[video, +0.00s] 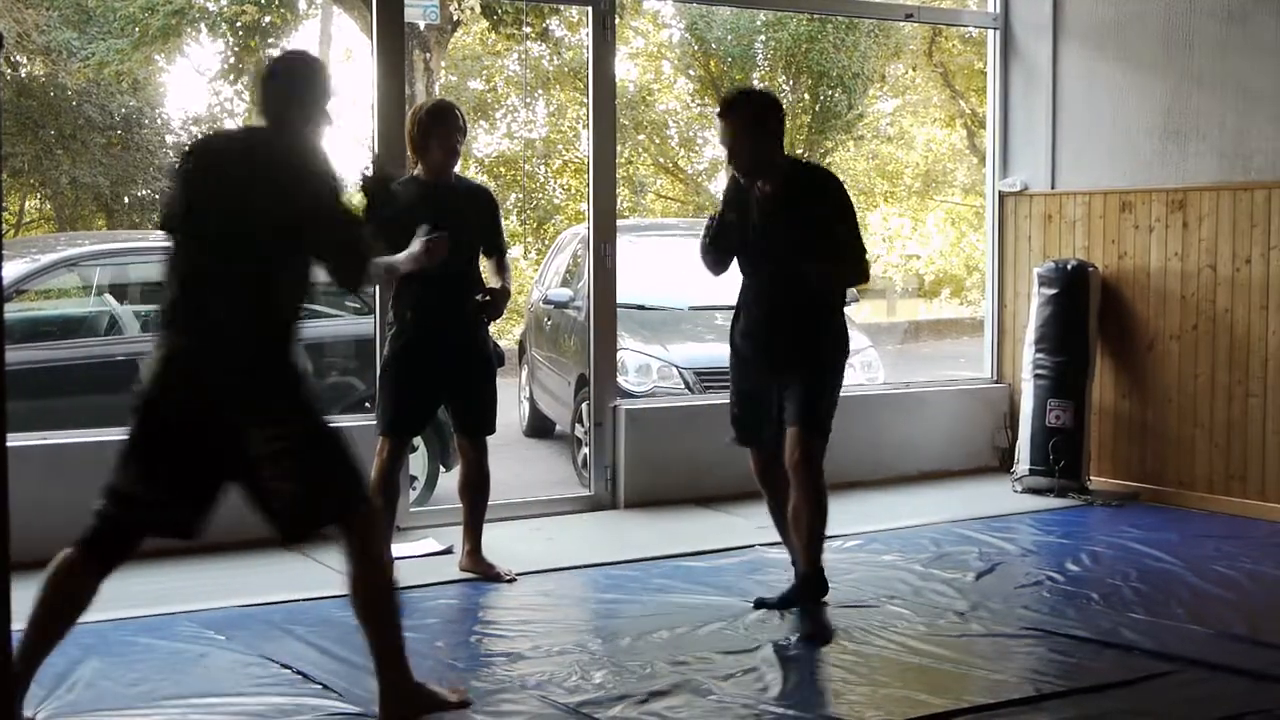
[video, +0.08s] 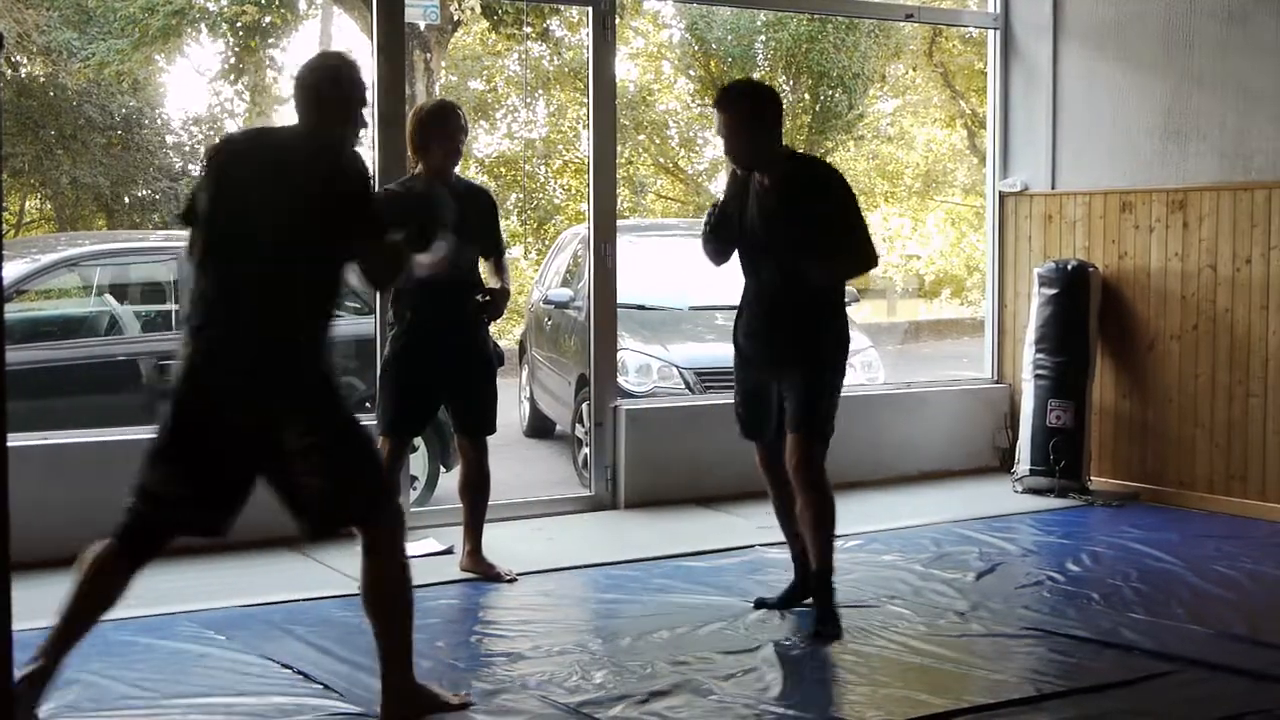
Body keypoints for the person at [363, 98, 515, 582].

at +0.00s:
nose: (453, 142)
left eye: (457, 133)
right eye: (444, 133)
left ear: (463, 138)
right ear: (420, 140)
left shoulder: (478, 198)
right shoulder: (392, 198)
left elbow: (497, 259)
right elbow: (370, 268)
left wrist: (502, 290)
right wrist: (408, 259)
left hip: (466, 335)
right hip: (411, 336)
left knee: (473, 446)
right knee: (391, 449)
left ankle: (472, 552)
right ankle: (377, 559)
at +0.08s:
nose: (454, 145)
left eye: (458, 136)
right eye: (445, 136)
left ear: (464, 140)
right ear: (421, 141)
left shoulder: (478, 199)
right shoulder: (393, 199)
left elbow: (495, 260)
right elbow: (377, 270)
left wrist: (502, 291)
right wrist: (411, 265)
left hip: (466, 333)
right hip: (412, 335)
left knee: (473, 447)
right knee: (392, 449)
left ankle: (472, 552)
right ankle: (381, 553)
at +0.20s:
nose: (474, 139)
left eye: (472, 131)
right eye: (466, 131)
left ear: (446, 139)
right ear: (443, 137)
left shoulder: (478, 199)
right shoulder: (402, 194)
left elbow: (491, 263)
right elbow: (396, 279)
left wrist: (500, 292)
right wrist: (444, 304)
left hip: (469, 336)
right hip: (416, 337)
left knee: (473, 447)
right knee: (396, 450)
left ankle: (472, 551)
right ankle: (384, 551)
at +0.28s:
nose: (481, 141)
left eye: (479, 132)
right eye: (473, 133)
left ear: (449, 142)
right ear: (448, 140)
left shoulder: (477, 195)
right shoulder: (407, 194)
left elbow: (489, 261)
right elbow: (393, 278)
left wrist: (502, 290)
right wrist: (438, 314)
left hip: (473, 334)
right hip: (418, 336)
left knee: (474, 444)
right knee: (397, 450)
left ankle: (472, 551)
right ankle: (381, 551)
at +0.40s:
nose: (491, 144)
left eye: (489, 135)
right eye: (483, 135)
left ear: (456, 140)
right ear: (457, 140)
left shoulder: (480, 200)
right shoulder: (420, 191)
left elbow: (483, 264)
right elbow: (400, 277)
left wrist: (501, 290)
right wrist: (446, 319)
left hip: (478, 335)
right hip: (427, 338)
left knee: (478, 447)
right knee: (404, 448)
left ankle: (473, 551)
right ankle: (382, 551)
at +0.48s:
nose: (497, 146)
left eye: (493, 137)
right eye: (489, 137)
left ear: (467, 143)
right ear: (464, 143)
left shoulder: (484, 202)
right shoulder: (426, 195)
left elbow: (484, 266)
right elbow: (404, 277)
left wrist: (507, 292)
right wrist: (450, 323)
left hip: (483, 337)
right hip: (434, 339)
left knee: (481, 445)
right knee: (408, 448)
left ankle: (473, 551)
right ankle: (391, 558)